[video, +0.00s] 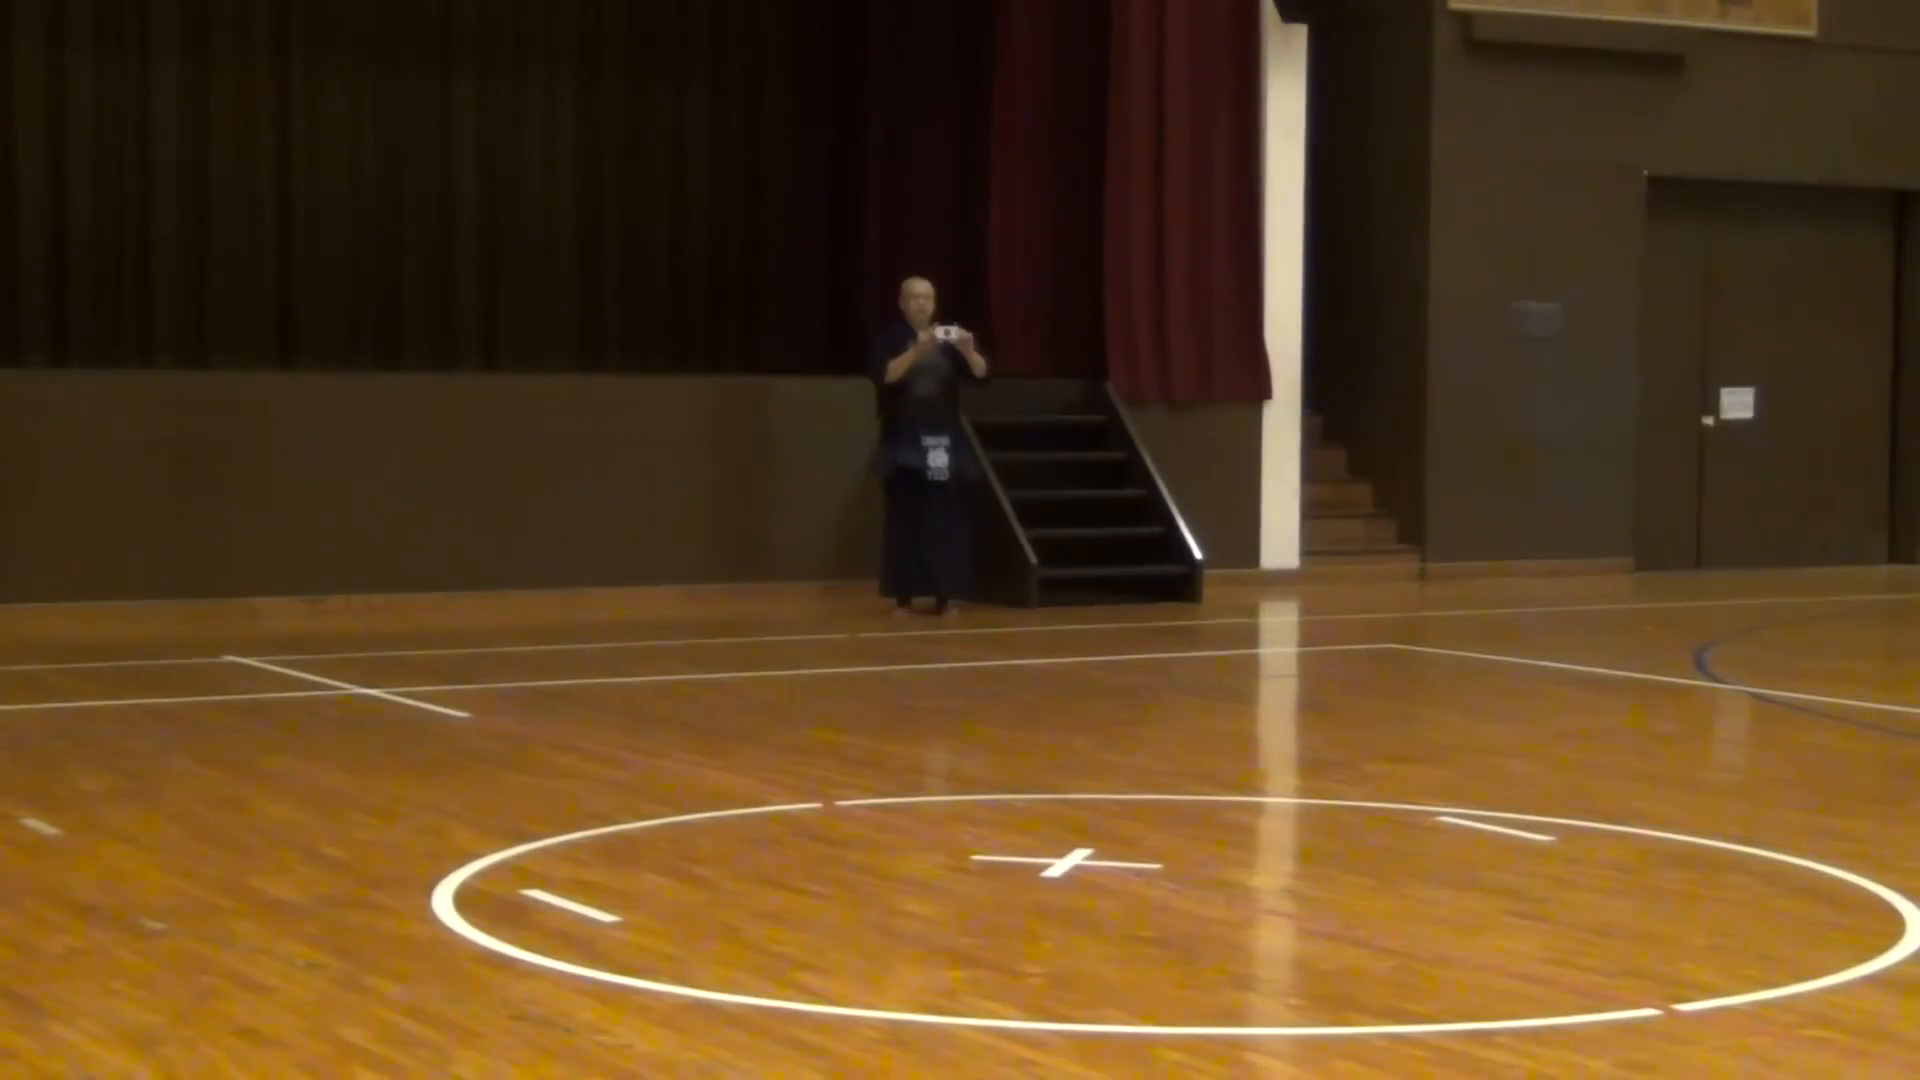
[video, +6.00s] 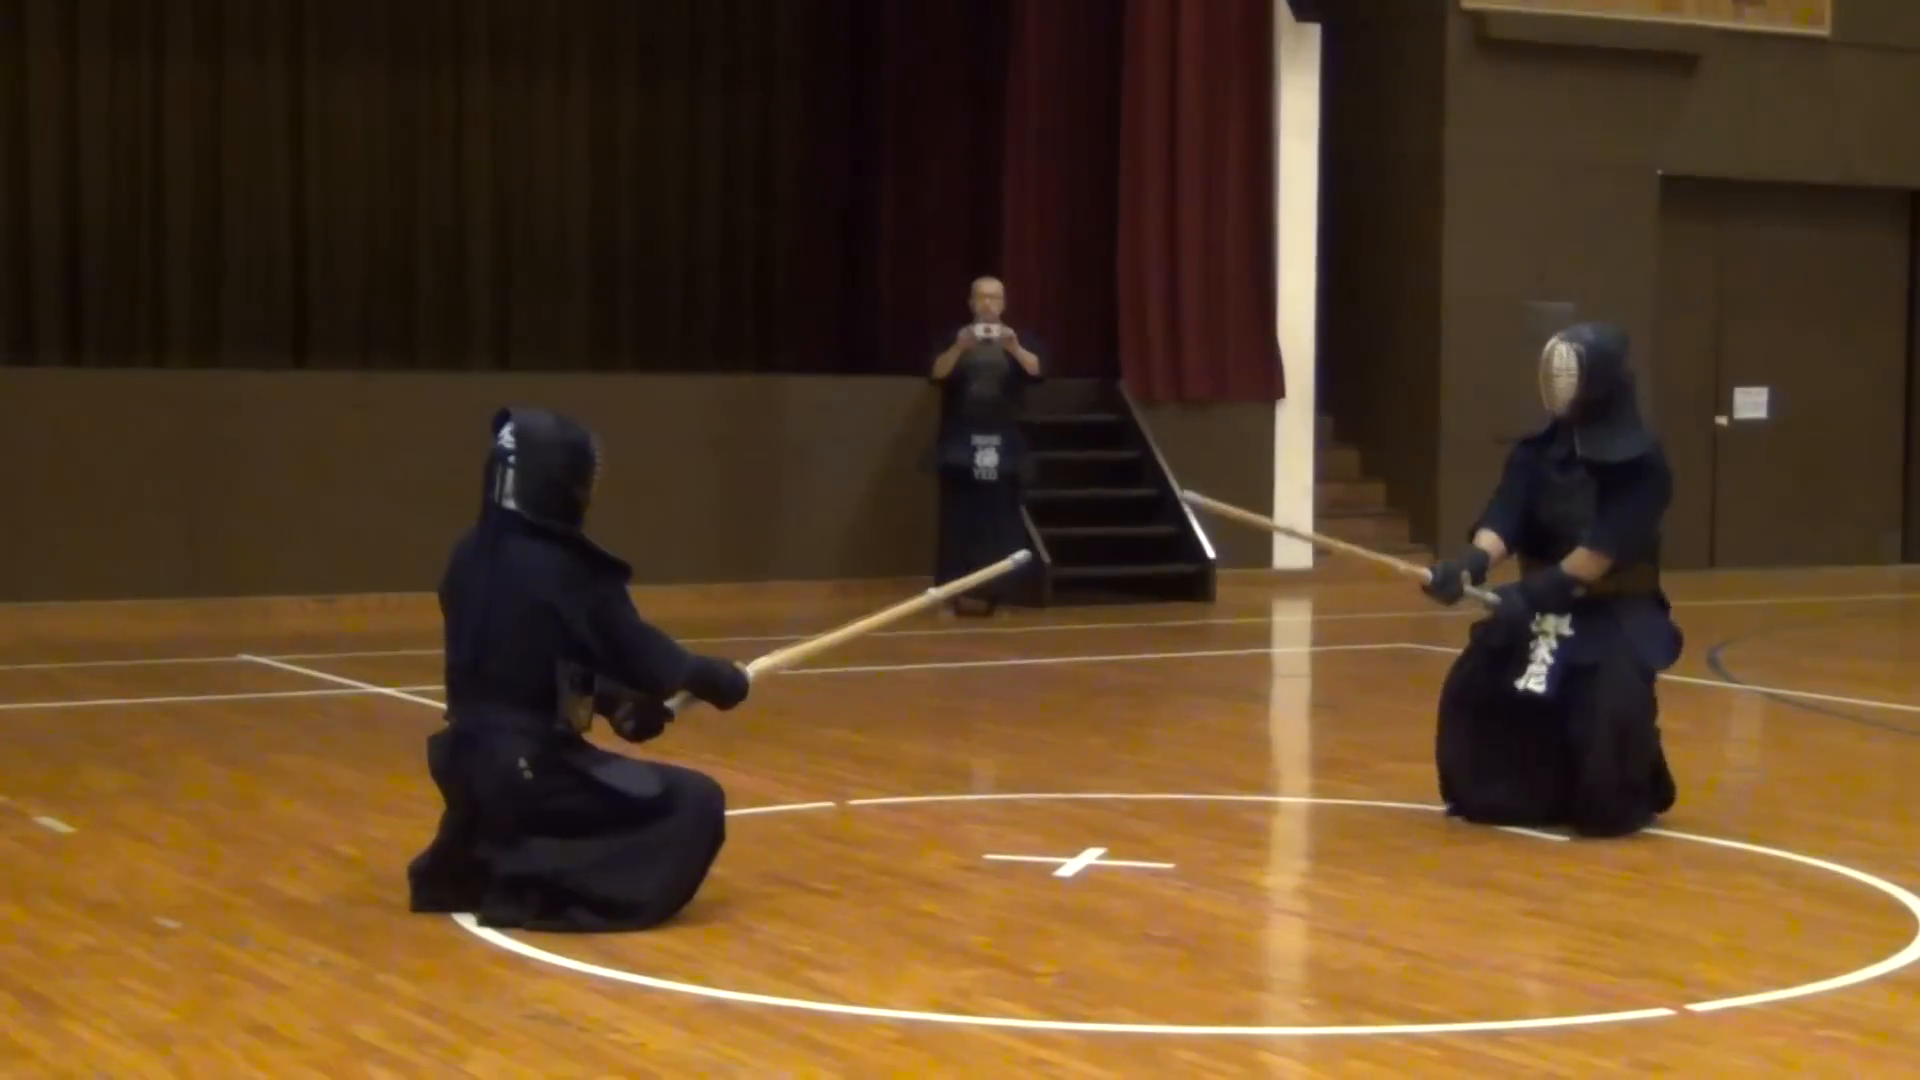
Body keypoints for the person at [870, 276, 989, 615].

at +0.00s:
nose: (921, 305)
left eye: (926, 298)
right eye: (914, 299)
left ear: (935, 303)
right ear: (902, 303)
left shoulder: (948, 339)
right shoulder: (891, 340)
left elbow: (981, 373)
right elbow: (885, 375)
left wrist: (967, 349)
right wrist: (918, 349)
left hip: (944, 437)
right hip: (905, 437)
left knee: (947, 511)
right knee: (905, 513)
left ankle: (948, 593)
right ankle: (903, 593)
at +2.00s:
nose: (965, 305)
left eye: (972, 299)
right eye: (959, 299)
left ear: (982, 303)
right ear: (949, 304)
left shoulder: (994, 341)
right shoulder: (934, 342)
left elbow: (1017, 371)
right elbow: (916, 376)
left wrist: (992, 348)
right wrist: (940, 348)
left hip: (983, 437)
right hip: (942, 437)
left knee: (984, 513)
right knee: (935, 512)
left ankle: (986, 596)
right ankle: (925, 591)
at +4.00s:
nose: (974, 305)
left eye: (981, 299)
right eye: (968, 298)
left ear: (991, 303)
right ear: (957, 302)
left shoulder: (1002, 339)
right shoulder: (944, 338)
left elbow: (1023, 370)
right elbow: (924, 374)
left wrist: (1000, 348)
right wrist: (947, 346)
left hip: (988, 436)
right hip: (948, 435)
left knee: (985, 512)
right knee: (944, 512)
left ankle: (982, 594)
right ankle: (938, 593)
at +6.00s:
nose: (988, 304)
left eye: (994, 298)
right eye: (983, 298)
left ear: (1004, 302)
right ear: (972, 302)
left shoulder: (1016, 340)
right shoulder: (958, 339)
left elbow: (1036, 371)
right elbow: (937, 373)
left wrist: (1013, 347)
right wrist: (960, 346)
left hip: (1003, 434)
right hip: (962, 434)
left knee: (1000, 510)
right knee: (961, 510)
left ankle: (996, 588)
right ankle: (959, 588)